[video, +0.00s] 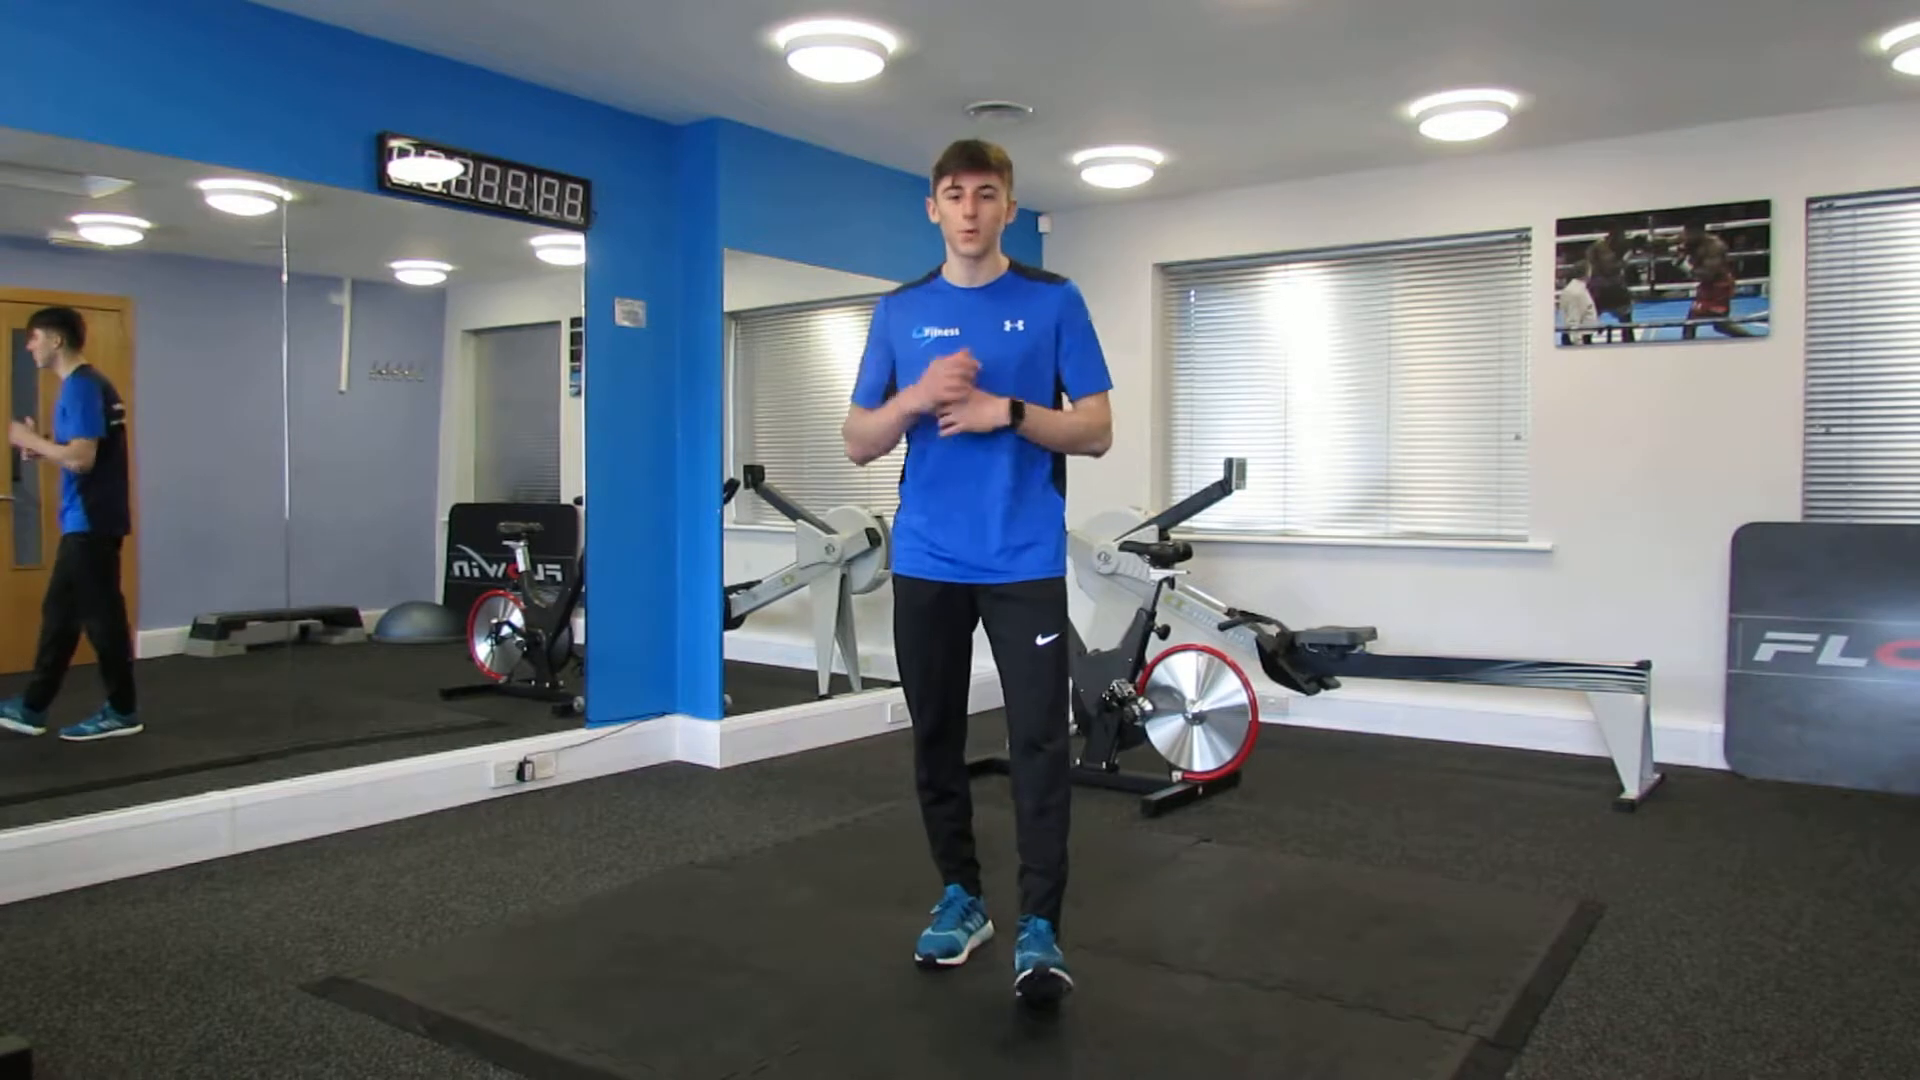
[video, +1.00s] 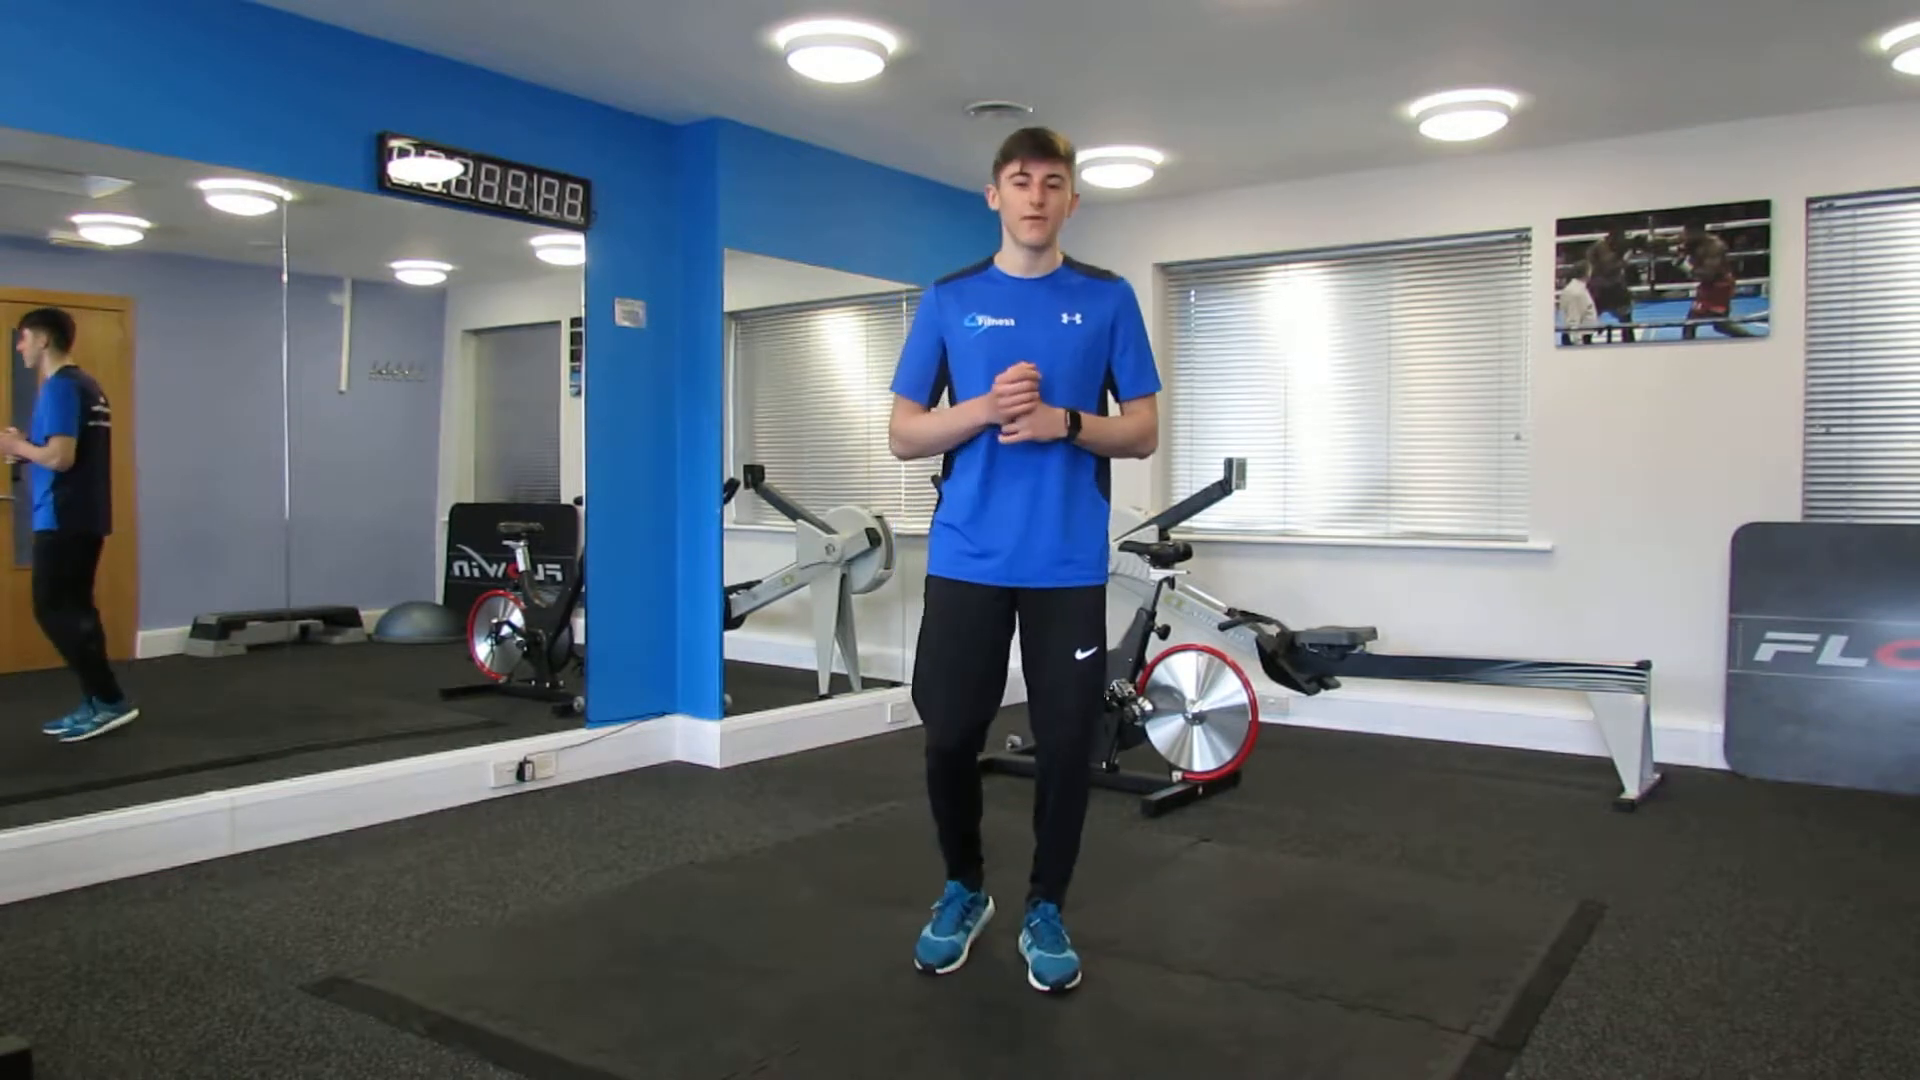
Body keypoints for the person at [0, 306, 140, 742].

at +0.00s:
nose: (30, 347)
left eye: (34, 338)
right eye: (30, 338)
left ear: (57, 340)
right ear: (61, 341)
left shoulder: (83, 386)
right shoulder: (87, 384)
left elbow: (82, 457)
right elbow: (89, 451)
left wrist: (34, 441)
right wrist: (47, 450)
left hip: (93, 527)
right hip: (87, 526)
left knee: (101, 616)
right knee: (60, 613)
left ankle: (122, 709)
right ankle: (32, 708)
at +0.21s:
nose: (38, 346)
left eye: (42, 338)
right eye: (39, 338)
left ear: (61, 339)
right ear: (74, 340)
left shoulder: (93, 387)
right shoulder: (88, 386)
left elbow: (108, 460)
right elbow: (96, 453)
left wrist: (49, 446)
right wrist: (52, 450)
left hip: (98, 528)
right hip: (89, 526)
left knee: (103, 615)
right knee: (67, 613)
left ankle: (122, 709)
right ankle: (38, 706)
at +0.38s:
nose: (40, 345)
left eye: (45, 336)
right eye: (41, 336)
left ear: (67, 339)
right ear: (74, 340)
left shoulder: (94, 387)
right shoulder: (91, 385)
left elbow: (97, 460)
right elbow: (95, 456)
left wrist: (48, 448)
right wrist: (53, 452)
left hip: (97, 528)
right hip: (86, 527)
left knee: (104, 614)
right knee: (60, 605)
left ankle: (122, 709)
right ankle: (70, 702)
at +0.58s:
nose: (39, 345)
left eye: (44, 336)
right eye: (40, 337)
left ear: (67, 338)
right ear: (74, 340)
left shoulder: (87, 386)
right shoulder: (93, 384)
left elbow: (86, 457)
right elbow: (86, 454)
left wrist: (42, 447)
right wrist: (46, 452)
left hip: (86, 524)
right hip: (92, 522)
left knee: (77, 606)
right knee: (94, 606)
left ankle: (105, 705)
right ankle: (112, 704)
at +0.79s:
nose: (31, 344)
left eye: (36, 335)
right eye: (32, 336)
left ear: (57, 338)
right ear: (66, 341)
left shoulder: (74, 386)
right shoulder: (93, 385)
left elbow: (78, 457)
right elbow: (82, 454)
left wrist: (30, 445)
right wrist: (37, 451)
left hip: (73, 524)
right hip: (88, 522)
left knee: (78, 613)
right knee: (81, 611)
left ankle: (113, 706)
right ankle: (99, 704)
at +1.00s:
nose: (19, 347)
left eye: (24, 338)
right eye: (20, 339)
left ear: (43, 340)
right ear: (53, 340)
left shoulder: (60, 387)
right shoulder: (86, 386)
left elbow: (61, 456)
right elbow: (73, 453)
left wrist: (18, 446)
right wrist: (28, 450)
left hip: (64, 523)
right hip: (85, 521)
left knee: (52, 607)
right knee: (76, 606)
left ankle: (108, 701)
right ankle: (98, 700)